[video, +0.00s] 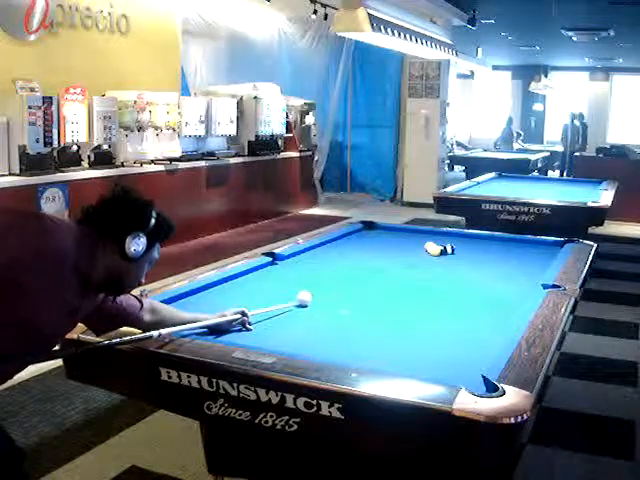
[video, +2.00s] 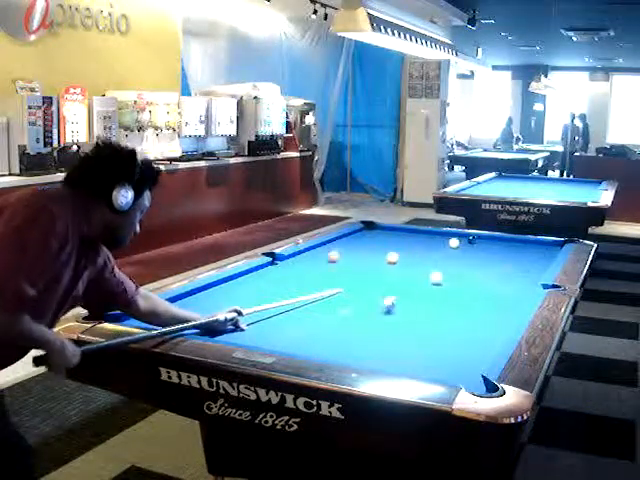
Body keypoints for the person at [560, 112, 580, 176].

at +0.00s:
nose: (571, 119)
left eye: (572, 117)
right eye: (570, 117)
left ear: (574, 118)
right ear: (569, 117)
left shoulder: (577, 127)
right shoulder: (565, 126)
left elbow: (578, 137)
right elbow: (562, 135)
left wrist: (578, 145)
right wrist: (563, 143)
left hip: (573, 146)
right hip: (566, 146)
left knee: (571, 160)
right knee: (563, 160)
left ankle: (569, 173)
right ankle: (561, 172)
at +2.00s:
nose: (572, 119)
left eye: (573, 117)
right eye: (571, 117)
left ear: (574, 118)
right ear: (569, 117)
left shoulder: (576, 127)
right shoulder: (565, 126)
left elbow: (578, 136)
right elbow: (563, 135)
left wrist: (577, 145)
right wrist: (563, 143)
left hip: (573, 146)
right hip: (565, 145)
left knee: (571, 160)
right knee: (563, 159)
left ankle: (569, 173)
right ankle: (561, 173)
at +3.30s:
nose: (570, 119)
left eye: (572, 117)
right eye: (569, 117)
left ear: (574, 118)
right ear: (567, 118)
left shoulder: (576, 127)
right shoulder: (565, 126)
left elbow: (578, 136)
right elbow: (562, 134)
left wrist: (577, 143)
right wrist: (563, 141)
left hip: (573, 145)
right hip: (566, 145)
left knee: (571, 159)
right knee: (564, 159)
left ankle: (570, 172)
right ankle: (562, 172)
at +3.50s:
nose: (570, 119)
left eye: (572, 117)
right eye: (569, 117)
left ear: (574, 118)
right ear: (567, 118)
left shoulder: (576, 127)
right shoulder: (565, 126)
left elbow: (578, 136)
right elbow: (562, 135)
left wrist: (577, 143)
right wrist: (563, 142)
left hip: (573, 146)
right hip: (566, 145)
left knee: (571, 159)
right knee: (564, 159)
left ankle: (570, 173)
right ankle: (562, 172)